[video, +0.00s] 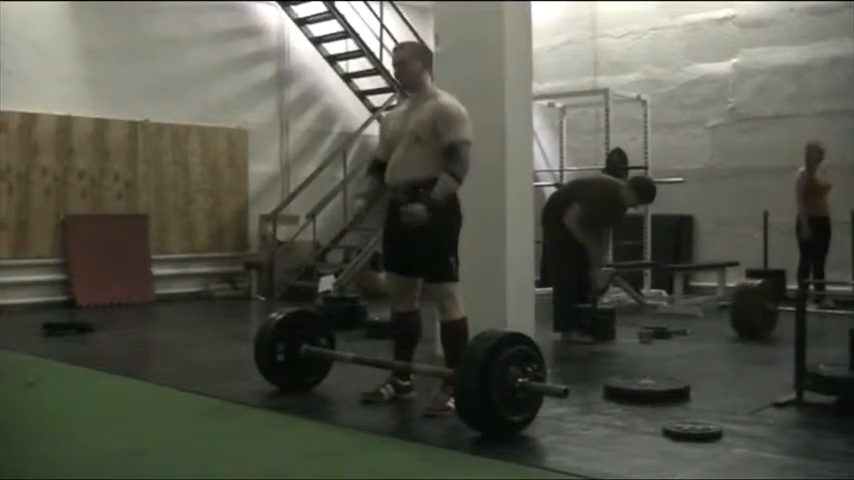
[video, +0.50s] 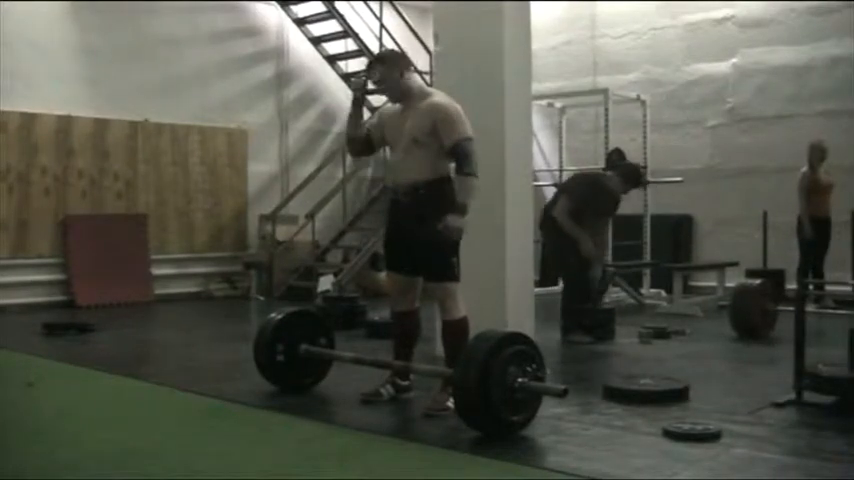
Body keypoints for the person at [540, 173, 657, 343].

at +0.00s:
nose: (635, 204)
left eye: (639, 203)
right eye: (636, 200)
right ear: (633, 192)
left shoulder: (618, 200)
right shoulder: (604, 192)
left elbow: (605, 232)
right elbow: (570, 219)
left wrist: (605, 262)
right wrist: (591, 246)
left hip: (579, 222)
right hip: (558, 220)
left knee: (582, 269)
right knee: (567, 271)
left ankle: (582, 323)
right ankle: (568, 328)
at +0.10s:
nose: (633, 202)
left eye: (637, 200)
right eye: (634, 198)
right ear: (630, 189)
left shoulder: (616, 198)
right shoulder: (601, 190)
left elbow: (603, 231)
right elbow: (567, 217)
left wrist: (602, 258)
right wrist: (589, 244)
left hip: (579, 220)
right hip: (557, 219)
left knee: (581, 268)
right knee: (567, 270)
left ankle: (582, 323)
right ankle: (568, 328)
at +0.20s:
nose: (630, 199)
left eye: (633, 197)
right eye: (631, 195)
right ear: (624, 184)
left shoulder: (615, 200)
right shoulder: (592, 185)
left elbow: (602, 231)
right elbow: (563, 215)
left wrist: (600, 259)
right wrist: (588, 244)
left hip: (581, 222)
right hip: (555, 221)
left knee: (582, 270)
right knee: (565, 271)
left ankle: (584, 324)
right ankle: (567, 329)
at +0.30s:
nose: (628, 196)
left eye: (631, 194)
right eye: (629, 192)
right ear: (621, 181)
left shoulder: (614, 199)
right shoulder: (591, 183)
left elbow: (602, 230)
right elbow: (562, 213)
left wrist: (601, 257)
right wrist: (586, 241)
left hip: (581, 223)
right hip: (556, 220)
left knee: (582, 270)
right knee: (566, 271)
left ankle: (584, 324)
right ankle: (568, 330)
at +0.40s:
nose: (626, 194)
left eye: (630, 192)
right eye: (627, 189)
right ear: (620, 179)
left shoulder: (613, 197)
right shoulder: (589, 183)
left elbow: (602, 229)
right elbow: (560, 212)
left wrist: (601, 260)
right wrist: (584, 240)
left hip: (581, 226)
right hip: (556, 223)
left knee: (584, 272)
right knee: (570, 273)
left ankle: (584, 325)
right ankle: (569, 330)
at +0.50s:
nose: (624, 192)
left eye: (628, 189)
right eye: (625, 187)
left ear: (626, 184)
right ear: (619, 177)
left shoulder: (611, 197)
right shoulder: (585, 182)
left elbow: (602, 231)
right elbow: (558, 212)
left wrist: (602, 261)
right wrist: (583, 239)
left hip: (582, 232)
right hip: (558, 228)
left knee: (586, 276)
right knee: (574, 277)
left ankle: (584, 326)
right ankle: (571, 329)